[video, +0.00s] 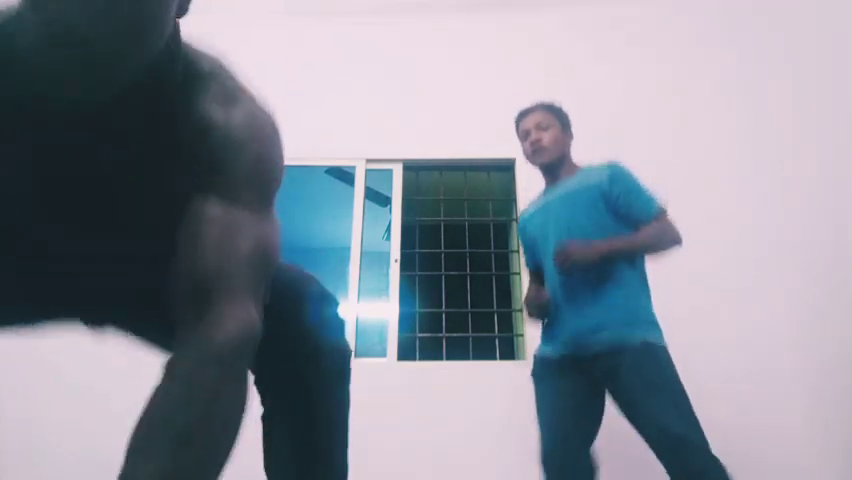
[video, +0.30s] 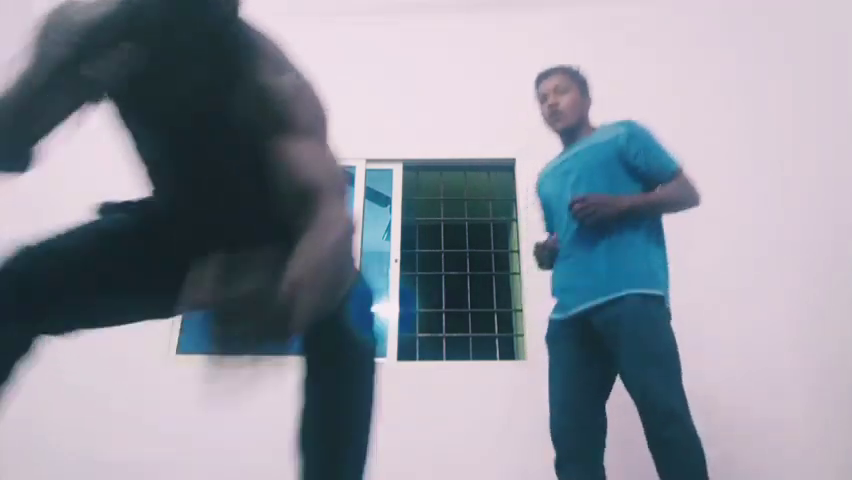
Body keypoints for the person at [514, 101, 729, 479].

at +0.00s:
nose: (533, 139)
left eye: (543, 129)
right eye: (525, 136)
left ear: (567, 135)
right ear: (522, 149)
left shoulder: (609, 178)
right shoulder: (528, 219)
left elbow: (667, 233)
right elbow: (537, 281)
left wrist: (597, 249)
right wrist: (534, 301)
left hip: (630, 344)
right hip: (561, 356)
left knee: (689, 459)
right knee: (561, 466)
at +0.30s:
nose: (552, 103)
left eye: (561, 92)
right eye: (544, 99)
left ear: (585, 96)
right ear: (541, 113)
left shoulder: (624, 134)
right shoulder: (548, 177)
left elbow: (686, 192)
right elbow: (560, 246)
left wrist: (620, 204)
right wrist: (547, 253)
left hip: (633, 302)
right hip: (571, 315)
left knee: (667, 426)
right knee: (573, 439)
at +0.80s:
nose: (554, 112)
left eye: (564, 100)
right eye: (546, 107)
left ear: (590, 106)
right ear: (543, 120)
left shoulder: (628, 145)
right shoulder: (567, 189)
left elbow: (676, 204)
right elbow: (600, 262)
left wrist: (590, 240)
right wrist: (570, 280)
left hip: (649, 312)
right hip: (594, 323)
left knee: (669, 423)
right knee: (588, 437)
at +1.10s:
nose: (576, 113)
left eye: (583, 101)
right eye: (566, 108)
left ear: (606, 103)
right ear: (563, 120)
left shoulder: (644, 136)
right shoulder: (584, 186)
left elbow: (711, 185)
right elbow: (621, 244)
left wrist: (636, 222)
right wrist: (597, 268)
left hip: (686, 302)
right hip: (631, 321)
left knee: (730, 422)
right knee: (649, 449)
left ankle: (762, 474)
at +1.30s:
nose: (621, 127)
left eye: (630, 116)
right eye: (612, 122)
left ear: (655, 118)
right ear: (608, 134)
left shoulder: (698, 155)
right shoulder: (633, 203)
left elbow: (756, 207)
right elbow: (664, 262)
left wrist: (675, 256)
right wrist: (641, 286)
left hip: (739, 339)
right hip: (681, 346)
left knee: (793, 453)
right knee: (662, 461)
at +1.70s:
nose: (604, 120)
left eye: (612, 108)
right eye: (600, 113)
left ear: (645, 110)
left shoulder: (670, 143)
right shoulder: (658, 167)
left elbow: (711, 195)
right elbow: (719, 242)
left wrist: (642, 258)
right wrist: (679, 280)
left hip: (727, 316)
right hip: (698, 323)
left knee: (773, 431)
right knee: (701, 444)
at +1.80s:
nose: (609, 147)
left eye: (617, 135)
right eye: (605, 141)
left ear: (650, 136)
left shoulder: (670, 172)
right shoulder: (663, 189)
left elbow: (699, 225)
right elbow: (721, 274)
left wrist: (625, 279)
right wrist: (680, 313)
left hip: (727, 350)